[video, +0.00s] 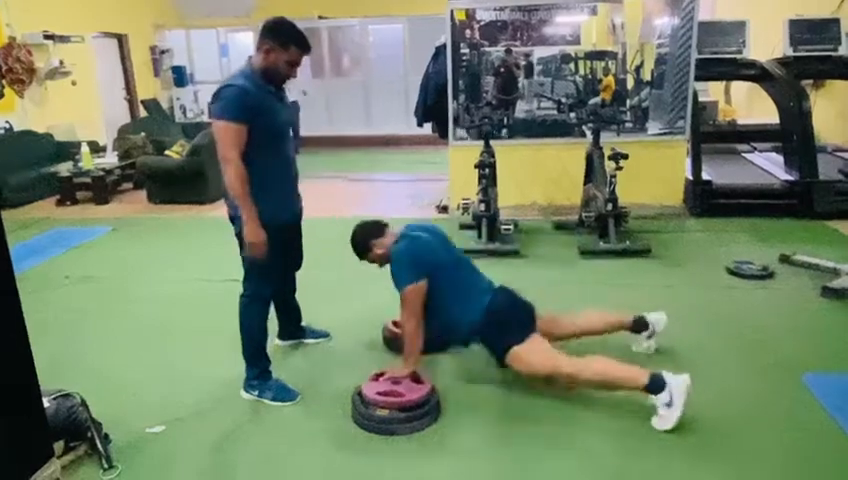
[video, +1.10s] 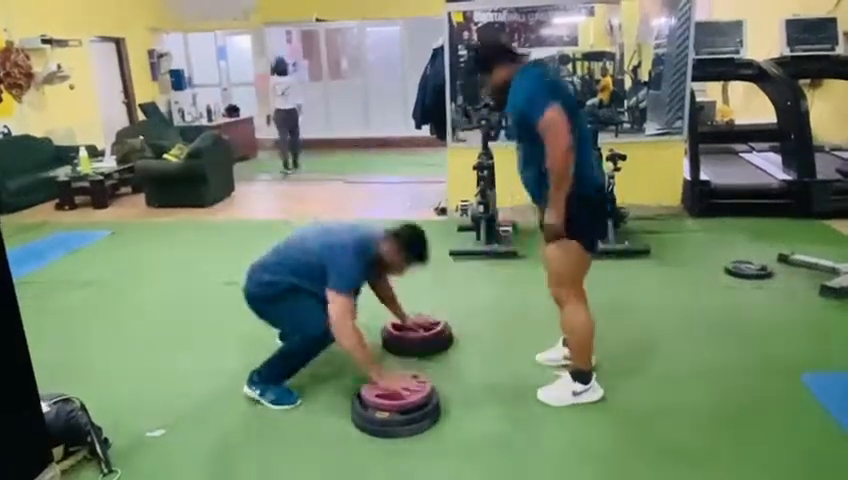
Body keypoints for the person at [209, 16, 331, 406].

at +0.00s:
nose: (295, 71)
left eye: (298, 64)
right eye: (291, 63)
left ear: (275, 55)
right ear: (266, 51)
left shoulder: (272, 91)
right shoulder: (235, 95)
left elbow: (277, 153)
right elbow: (230, 162)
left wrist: (289, 199)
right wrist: (249, 221)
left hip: (285, 207)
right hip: (257, 212)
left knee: (286, 272)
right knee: (258, 291)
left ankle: (290, 329)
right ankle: (257, 377)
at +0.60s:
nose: (328, 92)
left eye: (332, 85)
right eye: (326, 83)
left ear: (316, 74)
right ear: (307, 69)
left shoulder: (301, 103)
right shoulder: (263, 101)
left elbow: (289, 158)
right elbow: (239, 164)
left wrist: (296, 199)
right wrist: (269, 216)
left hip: (284, 207)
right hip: (252, 211)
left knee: (295, 267)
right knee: (263, 289)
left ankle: (291, 328)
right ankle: (257, 378)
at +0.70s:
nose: (345, 116)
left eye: (349, 111)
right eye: (344, 109)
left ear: (331, 97)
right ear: (325, 94)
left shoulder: (316, 122)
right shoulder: (280, 118)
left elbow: (301, 167)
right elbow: (258, 184)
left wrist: (308, 206)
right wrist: (283, 235)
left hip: (276, 207)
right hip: (242, 211)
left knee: (301, 261)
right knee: (272, 285)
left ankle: (291, 328)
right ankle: (257, 379)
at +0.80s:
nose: (360, 157)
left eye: (364, 151)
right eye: (360, 149)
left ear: (344, 135)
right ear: (343, 134)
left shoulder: (325, 154)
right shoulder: (299, 157)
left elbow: (323, 199)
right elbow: (283, 226)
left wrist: (337, 243)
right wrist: (316, 282)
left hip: (272, 222)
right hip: (241, 230)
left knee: (314, 266)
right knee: (288, 296)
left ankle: (294, 330)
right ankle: (258, 382)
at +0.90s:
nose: (371, 199)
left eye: (375, 193)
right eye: (371, 191)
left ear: (355, 176)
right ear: (357, 180)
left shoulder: (336, 196)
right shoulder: (313, 201)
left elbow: (351, 239)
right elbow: (312, 273)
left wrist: (373, 278)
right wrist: (346, 323)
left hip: (273, 251)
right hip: (246, 261)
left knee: (328, 275)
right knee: (299, 311)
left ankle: (298, 331)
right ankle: (258, 384)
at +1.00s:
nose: (382, 239)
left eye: (387, 234)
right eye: (383, 231)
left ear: (370, 214)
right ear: (370, 218)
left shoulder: (352, 223)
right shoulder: (327, 236)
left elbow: (371, 267)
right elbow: (335, 314)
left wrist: (401, 307)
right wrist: (374, 354)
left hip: (283, 273)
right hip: (256, 287)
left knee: (340, 283)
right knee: (310, 325)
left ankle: (311, 335)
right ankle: (260, 384)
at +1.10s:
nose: (402, 270)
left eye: (406, 265)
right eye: (404, 264)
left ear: (393, 243)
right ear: (393, 249)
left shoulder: (373, 243)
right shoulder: (348, 255)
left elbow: (379, 283)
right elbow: (341, 328)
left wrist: (403, 317)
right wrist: (379, 376)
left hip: (290, 279)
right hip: (267, 288)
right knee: (320, 331)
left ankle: (291, 335)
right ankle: (262, 382)